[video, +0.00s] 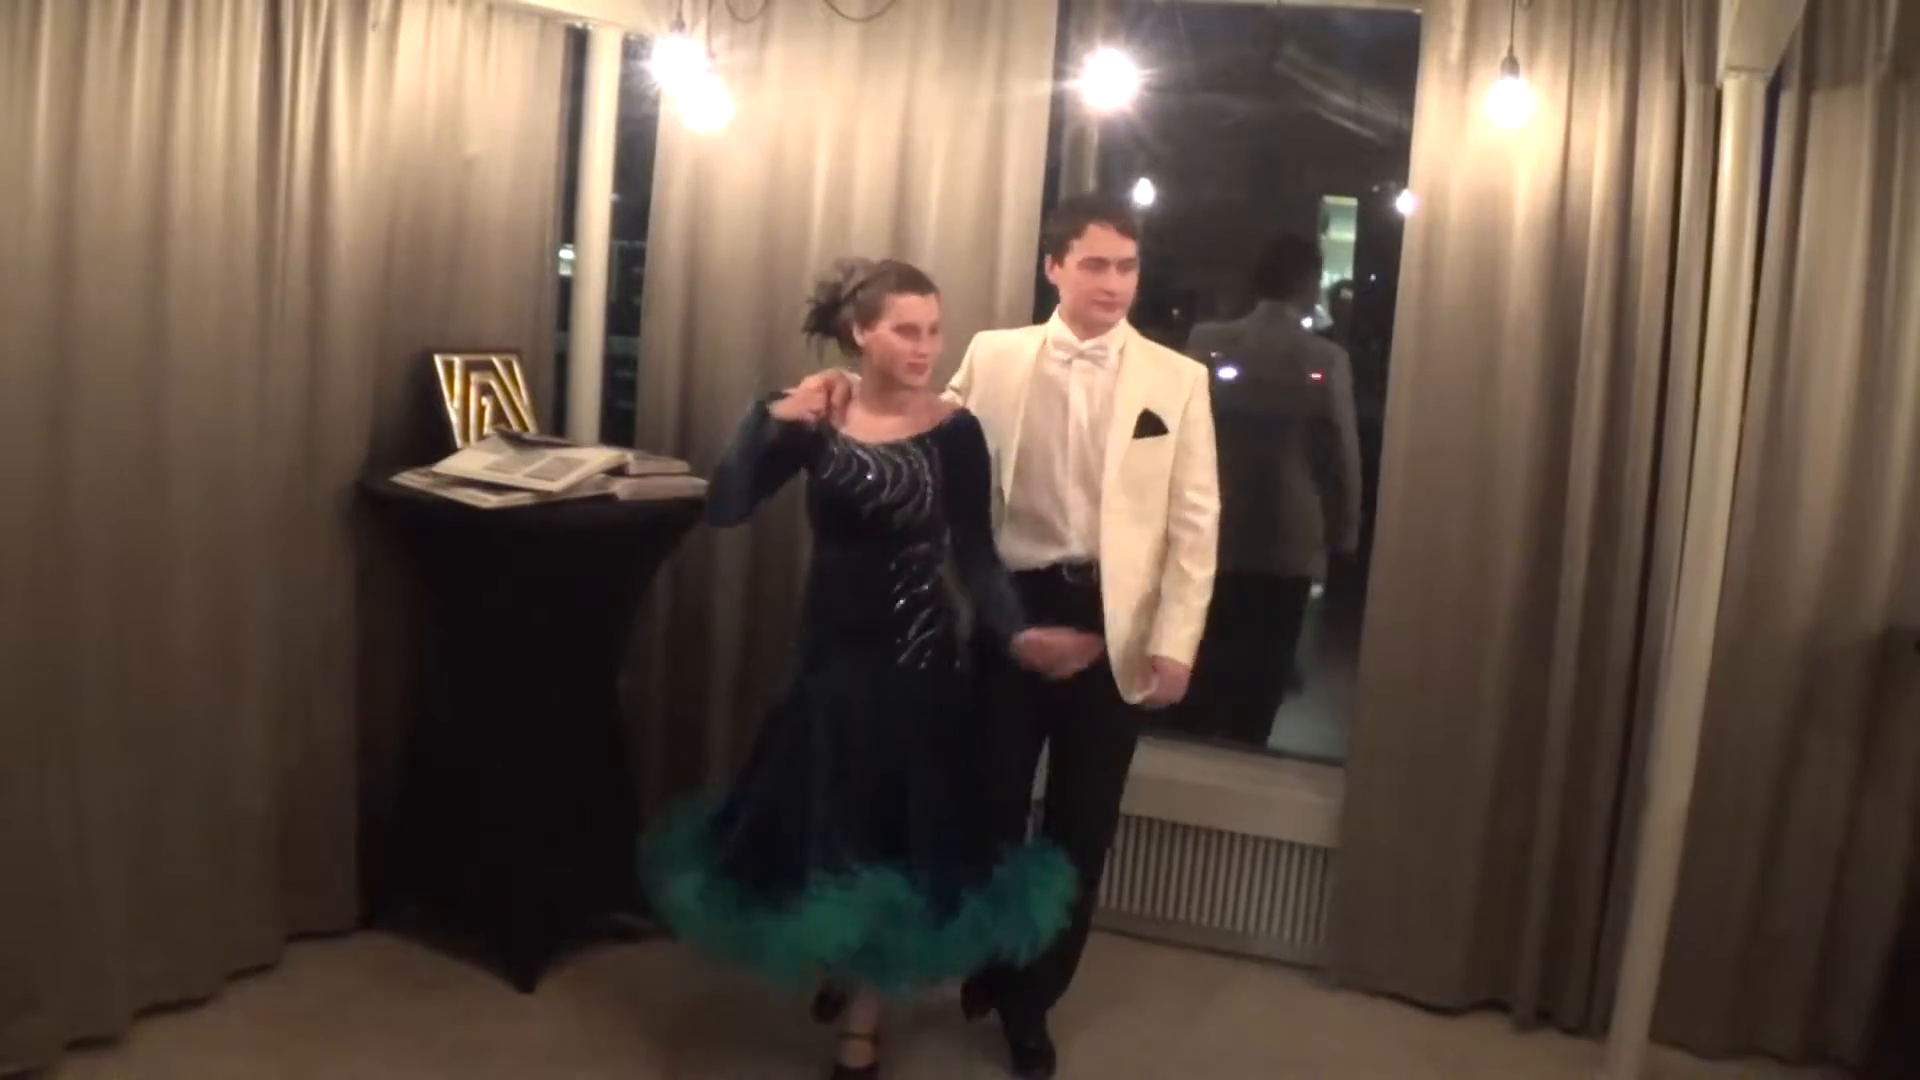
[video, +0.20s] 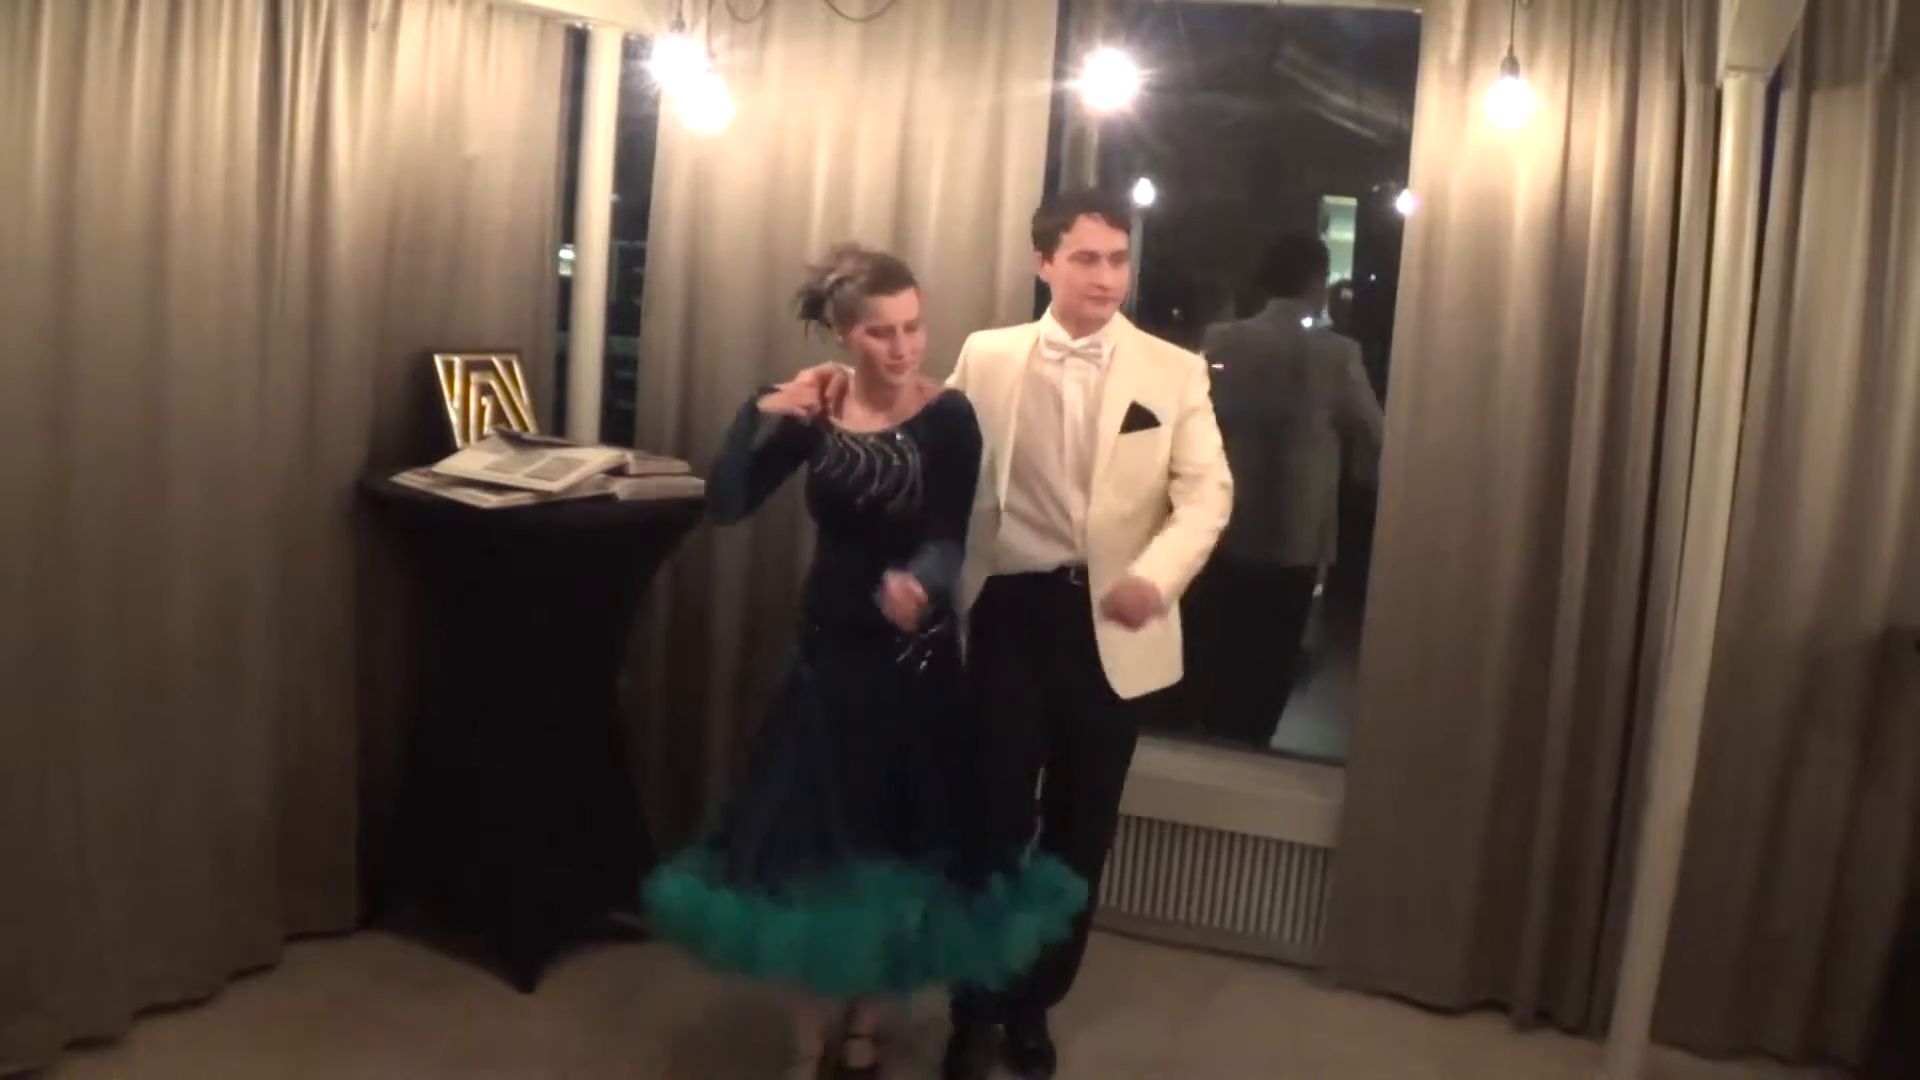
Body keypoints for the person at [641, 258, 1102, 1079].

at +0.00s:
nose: (925, 346)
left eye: (933, 331)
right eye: (906, 331)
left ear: (943, 338)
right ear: (858, 337)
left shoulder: (955, 431)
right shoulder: (819, 420)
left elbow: (976, 551)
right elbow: (726, 506)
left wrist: (1017, 631)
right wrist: (773, 419)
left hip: (930, 648)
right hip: (841, 643)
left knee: (900, 815)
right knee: (835, 805)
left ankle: (868, 999)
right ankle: (835, 958)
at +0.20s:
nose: (902, 347)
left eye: (911, 327)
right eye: (881, 334)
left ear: (926, 323)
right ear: (844, 337)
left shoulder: (949, 418)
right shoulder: (819, 408)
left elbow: (948, 535)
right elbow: (730, 497)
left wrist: (926, 584)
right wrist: (767, 411)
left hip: (915, 642)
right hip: (832, 635)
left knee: (896, 817)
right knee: (812, 812)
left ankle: (871, 1008)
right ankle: (813, 1021)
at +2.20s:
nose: (931, 404)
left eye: (940, 385)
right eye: (919, 377)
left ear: (870, 368)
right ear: (849, 357)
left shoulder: (908, 495)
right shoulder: (731, 446)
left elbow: (1028, 625)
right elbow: (564, 489)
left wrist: (1170, 571)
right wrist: (673, 397)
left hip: (830, 774)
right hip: (708, 764)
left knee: (824, 1007)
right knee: (685, 997)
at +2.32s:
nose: (905, 406)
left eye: (914, 384)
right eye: (888, 379)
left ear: (917, 385)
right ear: (819, 362)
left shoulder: (902, 501)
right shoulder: (713, 466)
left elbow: (960, 674)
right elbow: (552, 545)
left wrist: (1090, 623)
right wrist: (638, 435)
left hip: (836, 781)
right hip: (712, 773)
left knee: (828, 1005)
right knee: (691, 1001)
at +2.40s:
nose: (886, 405)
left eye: (895, 385)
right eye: (866, 381)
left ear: (902, 384)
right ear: (794, 365)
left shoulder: (892, 500)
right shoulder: (705, 463)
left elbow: (907, 689)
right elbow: (559, 571)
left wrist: (1004, 661)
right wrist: (622, 457)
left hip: (837, 786)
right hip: (712, 779)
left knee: (830, 1013)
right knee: (698, 1004)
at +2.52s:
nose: (853, 386)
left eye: (869, 365)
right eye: (829, 363)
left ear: (882, 366)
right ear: (761, 352)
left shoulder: (877, 476)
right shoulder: (699, 450)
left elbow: (870, 669)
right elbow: (546, 571)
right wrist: (601, 449)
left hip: (820, 763)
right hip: (702, 749)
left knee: (811, 981)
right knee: (679, 963)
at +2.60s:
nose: (837, 378)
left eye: (852, 354)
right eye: (811, 356)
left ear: (867, 350)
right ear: (745, 347)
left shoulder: (872, 461)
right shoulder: (689, 453)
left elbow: (869, 642)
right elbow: (530, 570)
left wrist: (797, 679)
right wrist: (584, 441)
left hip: (824, 761)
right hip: (702, 751)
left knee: (811, 987)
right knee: (676, 966)